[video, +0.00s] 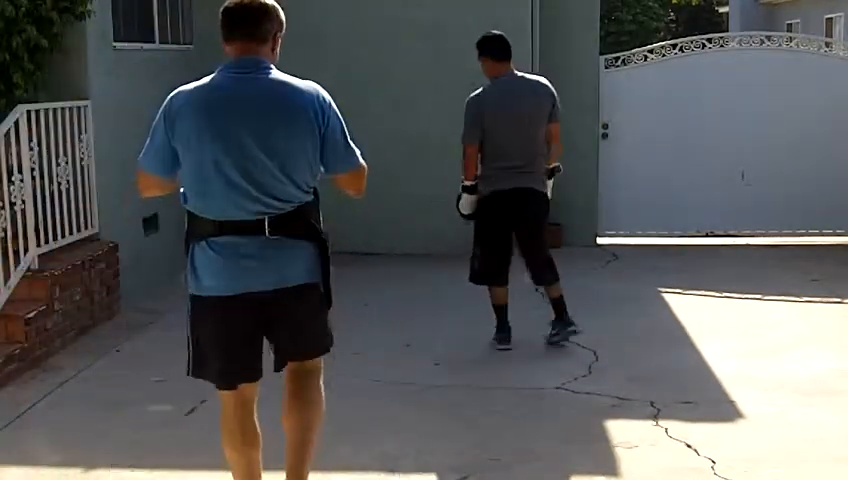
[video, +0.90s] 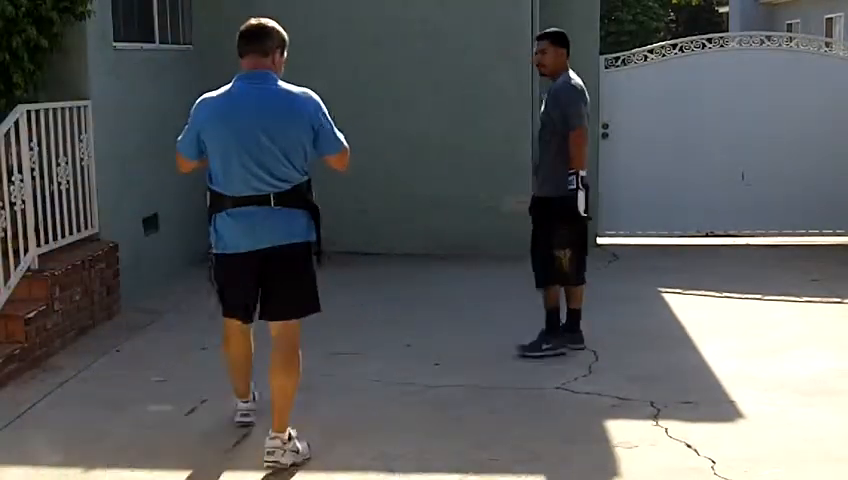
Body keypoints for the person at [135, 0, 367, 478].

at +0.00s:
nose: (281, 47)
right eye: (281, 41)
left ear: (224, 42)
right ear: (277, 42)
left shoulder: (183, 102)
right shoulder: (310, 99)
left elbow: (151, 184)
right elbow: (355, 181)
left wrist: (203, 168)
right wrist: (307, 151)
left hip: (219, 280)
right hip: (296, 274)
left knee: (237, 397)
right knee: (304, 367)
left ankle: (248, 477)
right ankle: (297, 474)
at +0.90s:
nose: (283, 62)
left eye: (280, 56)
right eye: (284, 56)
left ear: (240, 56)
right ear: (279, 57)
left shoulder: (208, 105)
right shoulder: (303, 101)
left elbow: (185, 162)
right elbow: (340, 160)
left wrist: (224, 144)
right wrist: (303, 134)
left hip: (231, 238)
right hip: (288, 235)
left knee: (236, 320)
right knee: (286, 334)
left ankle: (244, 403)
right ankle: (279, 438)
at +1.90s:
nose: (313, 60)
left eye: (313, 54)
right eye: (313, 54)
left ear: (275, 49)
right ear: (302, 52)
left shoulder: (244, 86)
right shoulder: (314, 91)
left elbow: (239, 133)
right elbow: (349, 147)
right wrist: (342, 115)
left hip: (255, 195)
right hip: (300, 197)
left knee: (259, 270)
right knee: (294, 280)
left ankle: (247, 353)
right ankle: (286, 365)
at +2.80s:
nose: (327, 58)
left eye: (327, 51)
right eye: (323, 51)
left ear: (299, 53)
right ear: (302, 51)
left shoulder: (289, 83)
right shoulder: (289, 87)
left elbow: (317, 130)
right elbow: (315, 136)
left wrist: (346, 112)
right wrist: (347, 108)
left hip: (291, 190)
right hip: (297, 192)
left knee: (296, 263)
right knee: (312, 264)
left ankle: (291, 340)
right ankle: (303, 343)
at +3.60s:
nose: (335, 51)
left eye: (334, 45)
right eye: (330, 45)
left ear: (312, 51)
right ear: (310, 51)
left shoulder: (314, 84)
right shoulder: (287, 91)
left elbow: (322, 136)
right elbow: (283, 149)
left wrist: (352, 134)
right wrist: (323, 165)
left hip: (320, 189)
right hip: (302, 193)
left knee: (322, 260)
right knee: (312, 262)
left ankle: (319, 330)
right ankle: (304, 345)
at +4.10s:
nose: (343, 52)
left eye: (342, 46)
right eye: (339, 46)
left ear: (311, 51)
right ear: (322, 49)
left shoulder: (289, 84)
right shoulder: (321, 79)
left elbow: (274, 134)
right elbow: (328, 113)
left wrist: (306, 153)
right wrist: (355, 130)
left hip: (301, 187)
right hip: (320, 188)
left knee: (312, 261)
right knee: (319, 262)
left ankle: (318, 329)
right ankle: (305, 344)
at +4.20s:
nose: (341, 51)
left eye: (340, 45)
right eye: (337, 46)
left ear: (309, 52)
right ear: (319, 49)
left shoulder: (285, 86)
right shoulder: (323, 78)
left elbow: (273, 138)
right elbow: (351, 100)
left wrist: (312, 150)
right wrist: (395, 104)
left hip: (300, 188)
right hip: (322, 188)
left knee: (312, 261)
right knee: (321, 262)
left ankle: (320, 328)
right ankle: (305, 345)